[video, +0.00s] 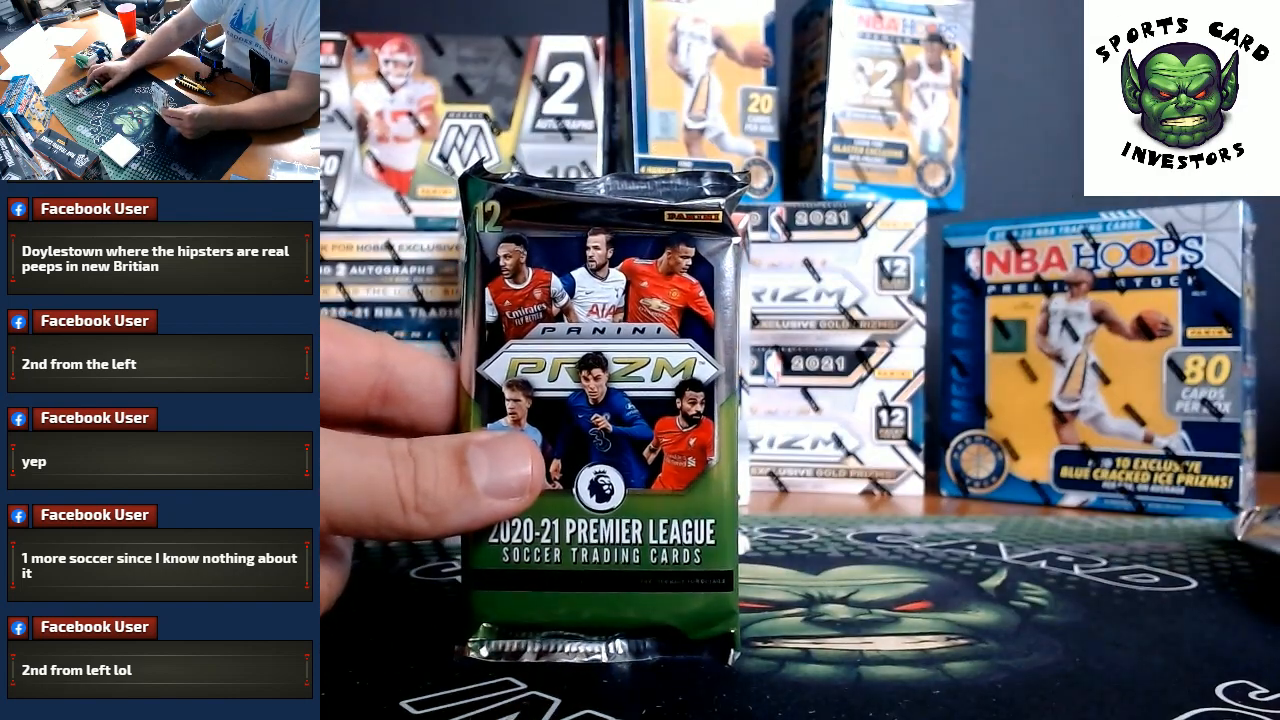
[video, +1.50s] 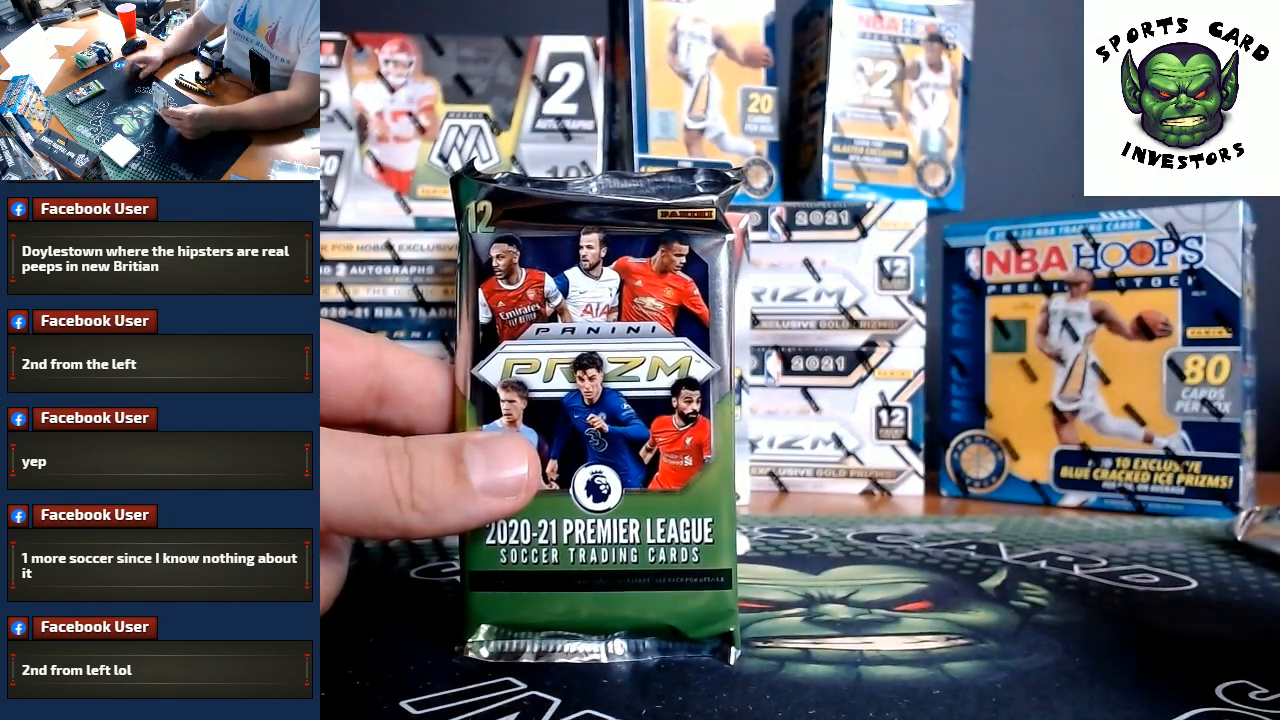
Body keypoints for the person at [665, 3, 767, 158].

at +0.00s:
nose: (695, 11)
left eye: (698, 8)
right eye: (690, 7)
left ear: (704, 8)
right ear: (685, 7)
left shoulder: (712, 31)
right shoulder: (679, 25)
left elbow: (734, 54)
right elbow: (671, 53)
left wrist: (756, 59)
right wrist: (678, 70)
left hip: (706, 84)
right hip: (691, 85)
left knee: (692, 139)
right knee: (724, 142)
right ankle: (756, 152)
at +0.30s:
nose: (695, 12)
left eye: (699, 9)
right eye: (691, 8)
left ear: (704, 9)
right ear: (685, 7)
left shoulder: (712, 31)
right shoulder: (679, 25)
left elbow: (734, 54)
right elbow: (671, 53)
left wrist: (757, 59)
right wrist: (678, 70)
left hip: (706, 84)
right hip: (691, 85)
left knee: (692, 138)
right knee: (724, 142)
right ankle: (757, 152)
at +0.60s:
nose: (694, 11)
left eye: (697, 8)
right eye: (689, 7)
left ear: (703, 8)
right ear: (684, 6)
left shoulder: (712, 31)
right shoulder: (679, 25)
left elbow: (734, 54)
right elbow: (671, 53)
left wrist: (757, 59)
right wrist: (678, 70)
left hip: (706, 84)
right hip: (692, 85)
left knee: (692, 138)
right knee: (724, 142)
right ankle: (757, 152)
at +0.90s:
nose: (694, 11)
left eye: (697, 7)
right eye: (688, 7)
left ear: (702, 8)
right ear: (683, 6)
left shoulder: (712, 31)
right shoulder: (679, 25)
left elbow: (734, 54)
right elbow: (671, 53)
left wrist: (756, 59)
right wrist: (678, 70)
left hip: (706, 84)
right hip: (692, 85)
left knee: (692, 138)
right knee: (724, 142)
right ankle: (758, 152)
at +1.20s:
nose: (695, 12)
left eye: (698, 9)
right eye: (690, 8)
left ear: (703, 9)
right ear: (684, 7)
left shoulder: (712, 31)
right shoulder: (678, 25)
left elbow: (734, 54)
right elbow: (671, 53)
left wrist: (757, 59)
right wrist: (678, 70)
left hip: (706, 84)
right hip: (691, 85)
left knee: (692, 138)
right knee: (724, 142)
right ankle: (757, 152)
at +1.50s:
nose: (695, 11)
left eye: (698, 8)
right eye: (690, 7)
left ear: (703, 8)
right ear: (684, 6)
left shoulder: (712, 30)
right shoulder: (679, 25)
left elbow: (734, 54)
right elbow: (671, 53)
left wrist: (755, 59)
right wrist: (678, 70)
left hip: (706, 84)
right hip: (692, 85)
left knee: (692, 138)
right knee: (724, 142)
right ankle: (756, 152)